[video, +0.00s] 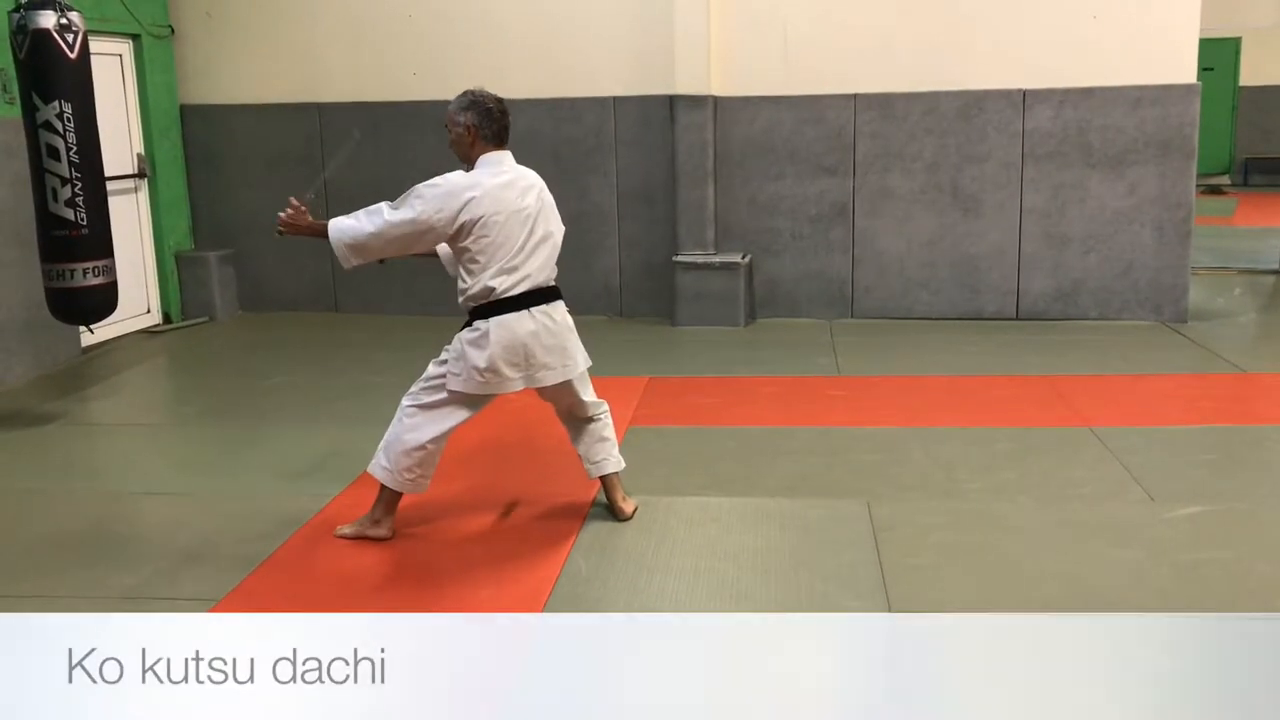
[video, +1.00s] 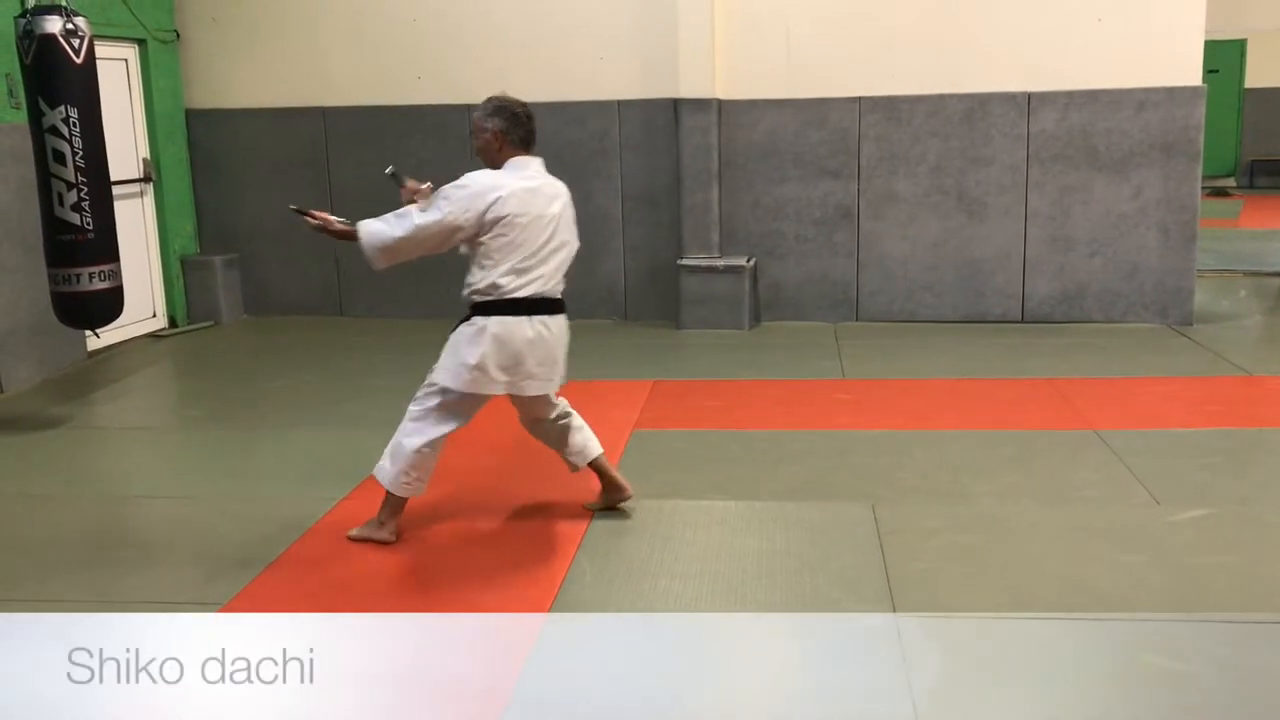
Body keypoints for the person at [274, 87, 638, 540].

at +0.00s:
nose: (449, 140)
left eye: (451, 130)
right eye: (449, 130)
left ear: (471, 132)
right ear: (498, 131)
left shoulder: (456, 193)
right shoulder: (533, 183)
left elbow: (387, 224)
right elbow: (481, 243)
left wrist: (318, 228)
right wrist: (420, 242)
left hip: (491, 336)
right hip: (552, 326)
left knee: (421, 411)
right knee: (585, 407)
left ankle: (381, 516)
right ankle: (618, 496)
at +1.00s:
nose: (474, 144)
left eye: (478, 134)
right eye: (474, 135)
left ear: (500, 135)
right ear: (523, 137)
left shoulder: (487, 188)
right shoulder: (558, 192)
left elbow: (426, 224)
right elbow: (495, 218)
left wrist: (352, 231)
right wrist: (435, 200)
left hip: (492, 329)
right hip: (548, 329)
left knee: (429, 414)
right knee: (543, 408)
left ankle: (387, 519)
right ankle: (613, 482)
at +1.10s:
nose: (503, 137)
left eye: (508, 128)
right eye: (502, 128)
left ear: (531, 127)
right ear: (545, 129)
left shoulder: (518, 179)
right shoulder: (586, 182)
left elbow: (459, 218)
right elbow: (516, 204)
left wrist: (385, 230)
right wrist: (466, 170)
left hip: (522, 318)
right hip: (576, 318)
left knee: (457, 407)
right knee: (561, 408)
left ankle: (399, 510)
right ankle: (617, 495)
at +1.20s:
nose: (522, 134)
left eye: (525, 125)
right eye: (520, 126)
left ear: (548, 125)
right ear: (566, 126)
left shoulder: (537, 176)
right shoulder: (604, 173)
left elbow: (478, 221)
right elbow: (541, 196)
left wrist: (411, 236)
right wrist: (505, 154)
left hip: (558, 319)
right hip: (608, 315)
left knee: (487, 402)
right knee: (585, 405)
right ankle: (616, 496)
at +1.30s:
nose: (531, 133)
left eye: (536, 123)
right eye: (530, 123)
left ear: (561, 124)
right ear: (580, 126)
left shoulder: (554, 176)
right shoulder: (617, 168)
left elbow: (499, 221)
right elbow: (564, 185)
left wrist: (433, 244)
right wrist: (531, 143)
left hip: (588, 320)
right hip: (634, 312)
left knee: (534, 413)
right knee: (602, 407)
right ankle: (618, 496)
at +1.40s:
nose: (541, 132)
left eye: (547, 122)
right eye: (541, 122)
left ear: (573, 124)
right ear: (587, 127)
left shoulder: (568, 177)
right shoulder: (629, 165)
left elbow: (512, 226)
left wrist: (453, 248)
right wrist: (554, 128)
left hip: (622, 320)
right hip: (656, 308)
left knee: (606, 436)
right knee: (612, 404)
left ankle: (696, 483)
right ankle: (621, 493)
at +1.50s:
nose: (558, 135)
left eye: (563, 127)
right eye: (559, 126)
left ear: (588, 129)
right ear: (603, 128)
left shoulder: (582, 182)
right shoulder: (647, 168)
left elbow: (529, 229)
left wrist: (474, 252)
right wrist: (575, 112)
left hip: (651, 316)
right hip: (658, 307)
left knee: (688, 426)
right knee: (614, 395)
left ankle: (790, 485)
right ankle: (619, 492)